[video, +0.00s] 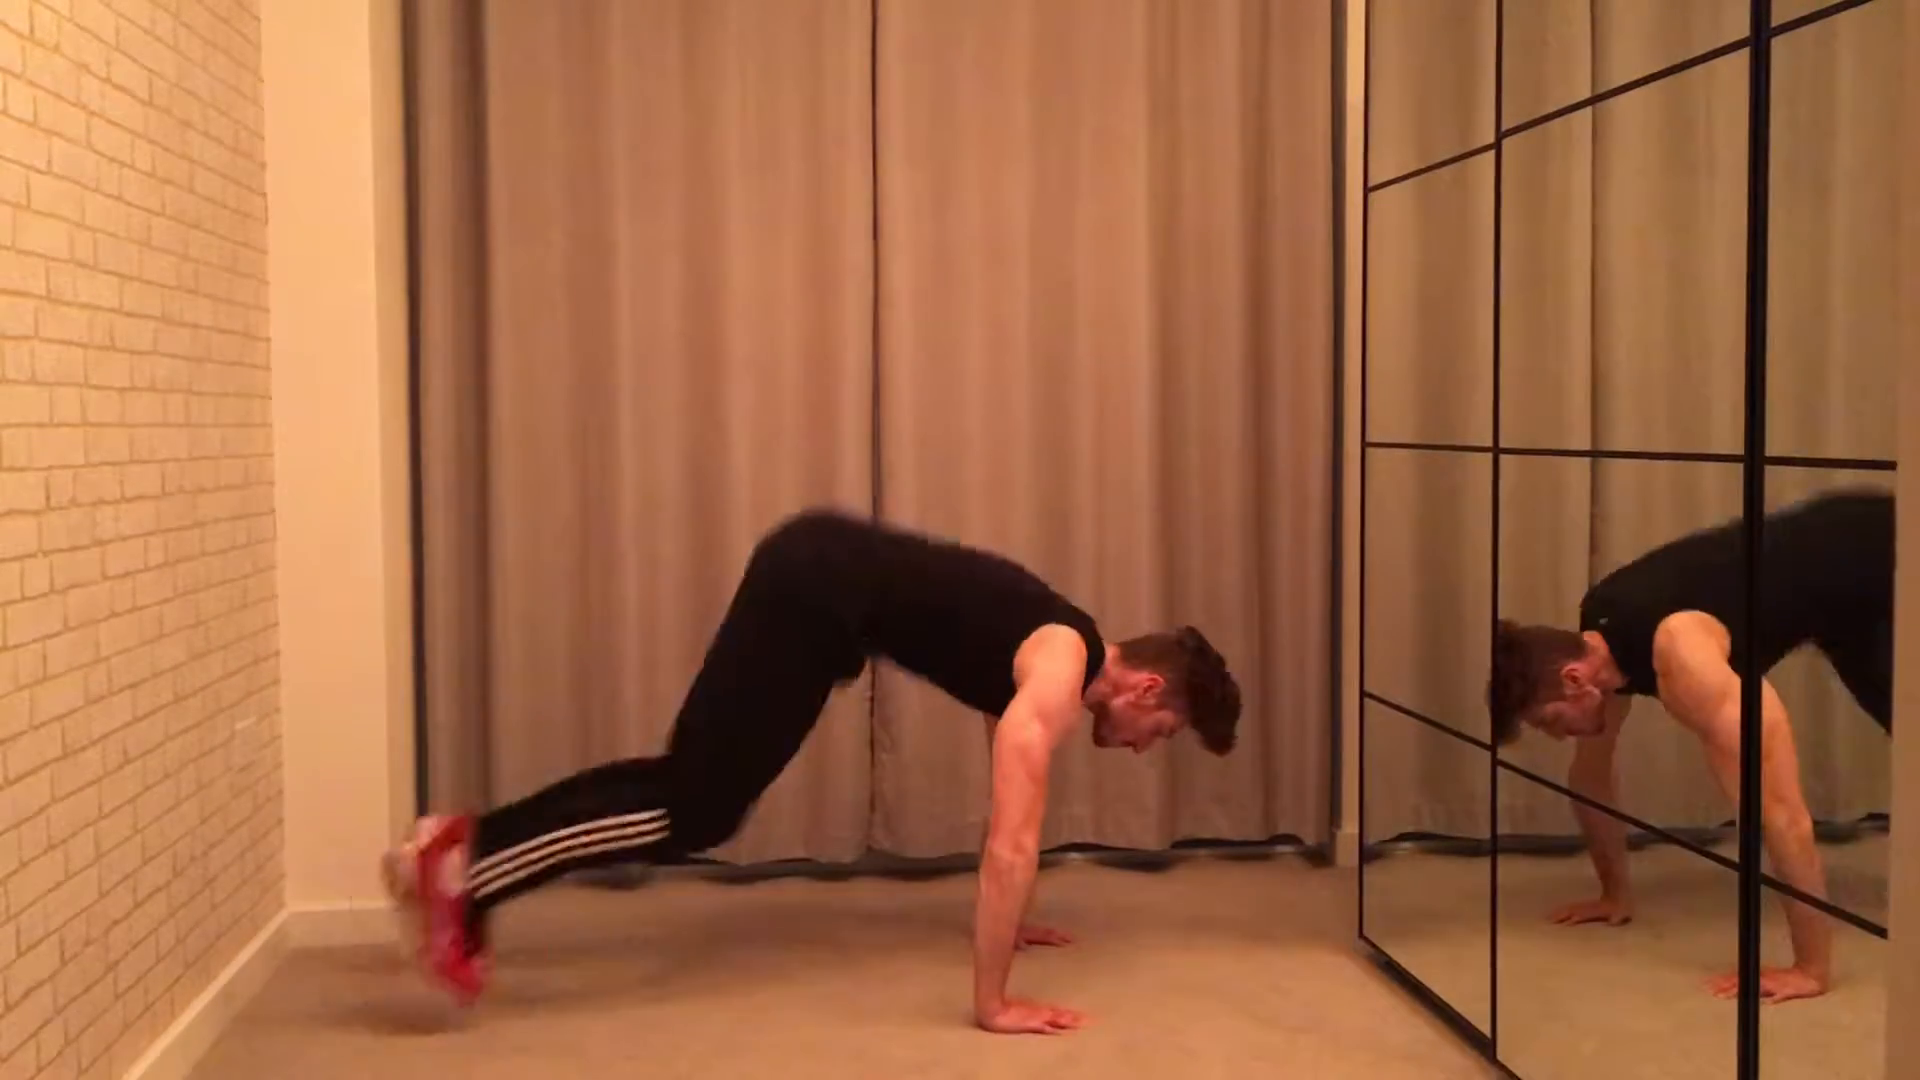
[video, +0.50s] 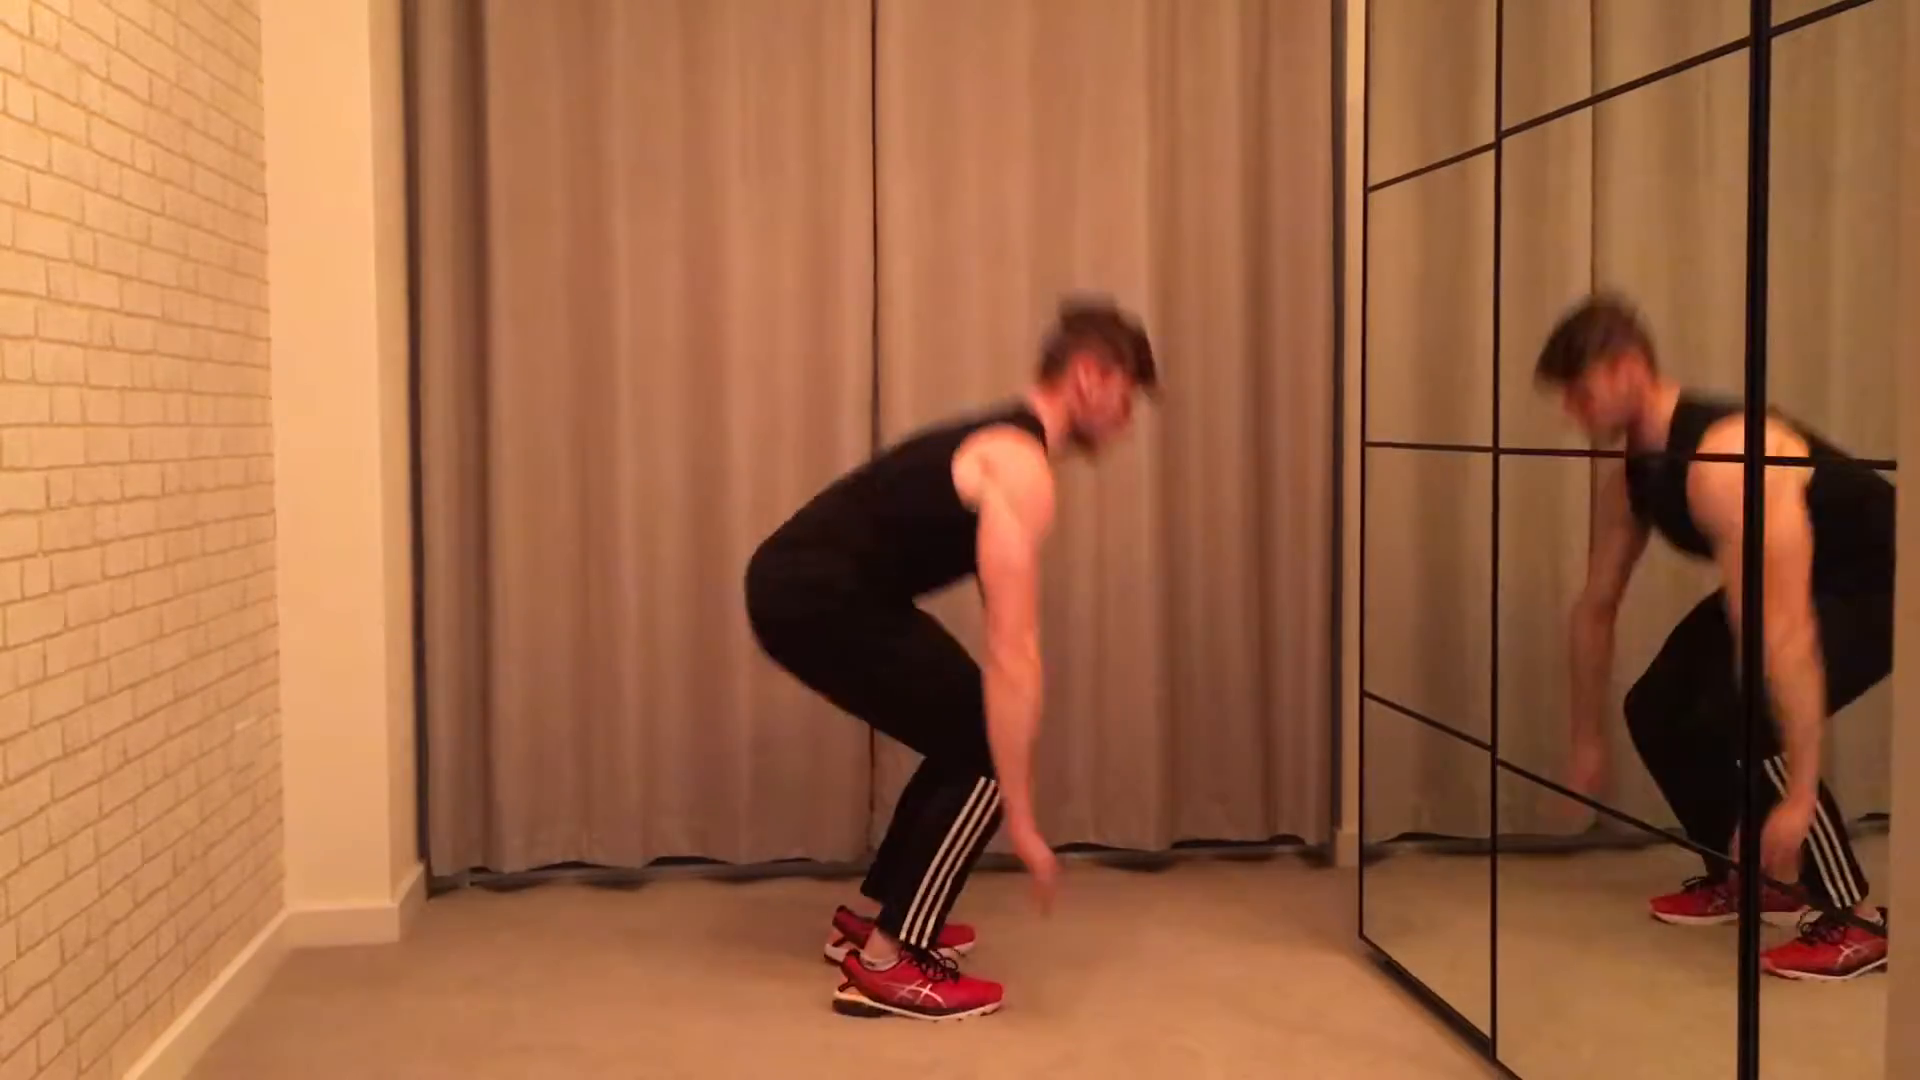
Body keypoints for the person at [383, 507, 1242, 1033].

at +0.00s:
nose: (1145, 744)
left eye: (1163, 737)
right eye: (1162, 728)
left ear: (1141, 675)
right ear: (1144, 684)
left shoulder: (1061, 653)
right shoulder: (1051, 671)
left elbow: (1014, 819)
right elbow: (1010, 839)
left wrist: (1017, 921)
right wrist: (991, 1003)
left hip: (818, 580)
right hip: (814, 588)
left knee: (687, 788)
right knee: (696, 810)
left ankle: (465, 846)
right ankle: (463, 882)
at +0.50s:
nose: (1129, 411)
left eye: (1133, 392)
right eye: (1127, 388)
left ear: (1080, 374)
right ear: (1088, 374)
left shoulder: (1007, 443)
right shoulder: (1017, 465)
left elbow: (1009, 643)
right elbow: (1011, 656)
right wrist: (1020, 821)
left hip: (813, 590)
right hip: (818, 600)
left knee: (970, 736)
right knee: (986, 746)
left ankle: (874, 913)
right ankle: (888, 955)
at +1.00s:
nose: (1104, 99)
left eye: (1113, 83)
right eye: (1108, 75)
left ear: (1063, 47)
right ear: (1068, 44)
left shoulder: (999, 118)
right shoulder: (993, 122)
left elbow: (887, 238)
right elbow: (878, 234)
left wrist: (814, 364)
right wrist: (807, 365)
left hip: (925, 371)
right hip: (908, 373)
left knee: (953, 604)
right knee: (948, 606)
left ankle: (951, 829)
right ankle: (938, 842)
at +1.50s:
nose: (1106, 594)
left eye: (1115, 577)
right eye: (1108, 573)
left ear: (1061, 554)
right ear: (1066, 555)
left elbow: (882, 719)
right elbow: (926, 818)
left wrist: (856, 869)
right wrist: (877, 981)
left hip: (812, 787)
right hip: (832, 805)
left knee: (1036, 712)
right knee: (1059, 740)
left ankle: (943, 908)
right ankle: (971, 949)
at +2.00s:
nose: (636, 710)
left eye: (626, 697)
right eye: (617, 706)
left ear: (586, 737)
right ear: (577, 744)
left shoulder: (625, 801)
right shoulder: (627, 828)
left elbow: (696, 958)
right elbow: (691, 982)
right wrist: (843, 1016)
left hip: (823, 921)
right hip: (837, 958)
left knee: (919, 702)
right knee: (929, 710)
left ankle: (1103, 808)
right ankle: (1157, 801)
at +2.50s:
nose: (455, 871)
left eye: (432, 873)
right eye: (434, 887)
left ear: (450, 934)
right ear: (441, 949)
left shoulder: (537, 931)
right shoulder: (540, 963)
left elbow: (687, 908)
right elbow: (695, 1010)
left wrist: (826, 923)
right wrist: (862, 1017)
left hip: (757, 862)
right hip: (764, 868)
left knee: (610, 675)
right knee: (605, 677)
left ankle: (584, 455)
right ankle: (587, 454)